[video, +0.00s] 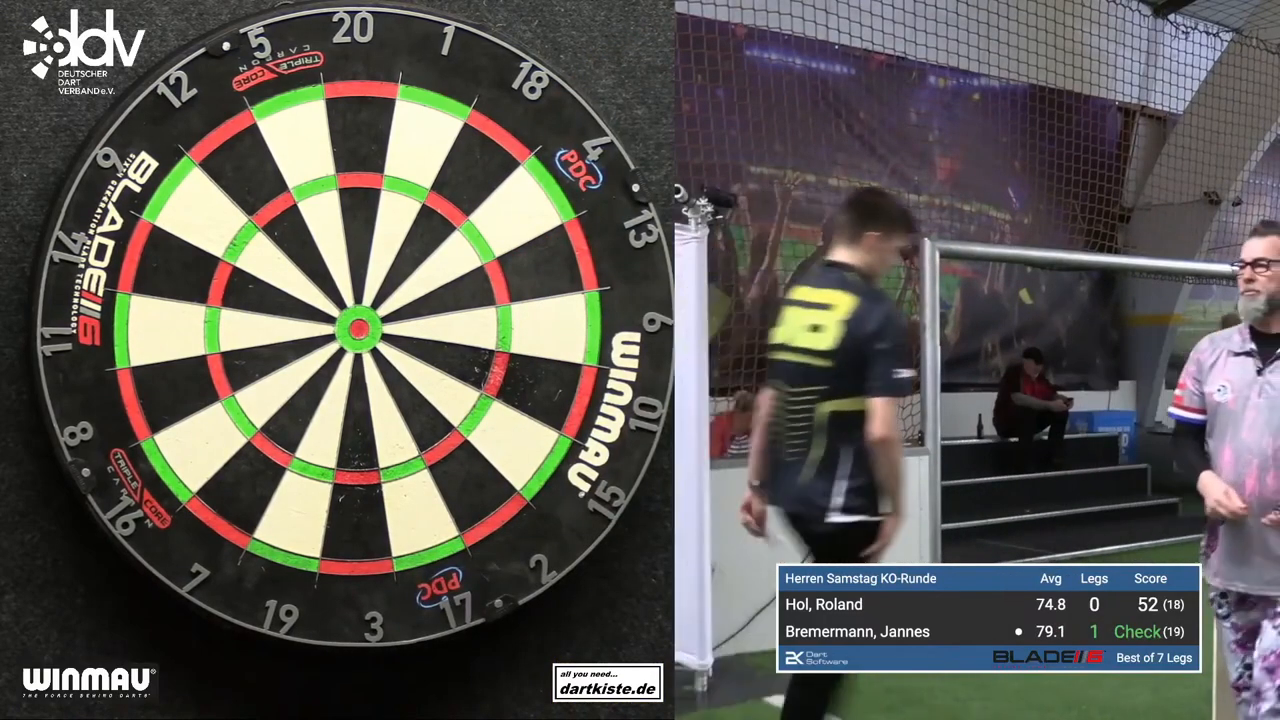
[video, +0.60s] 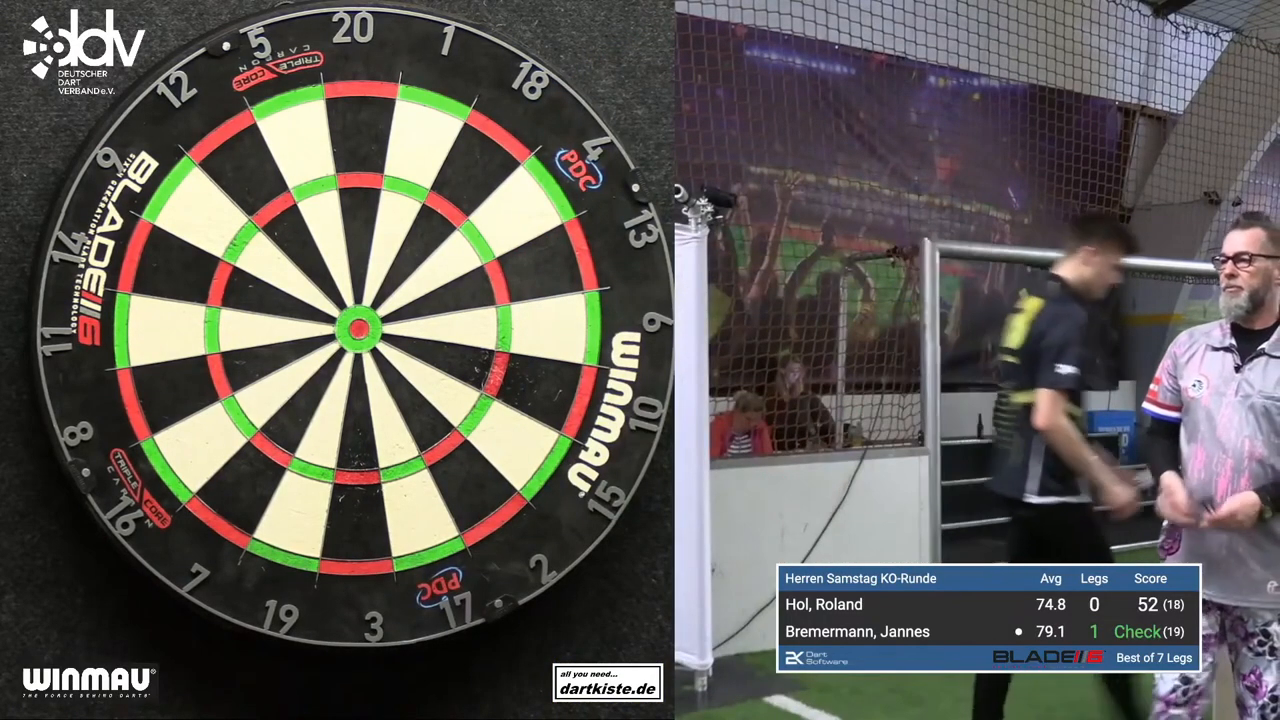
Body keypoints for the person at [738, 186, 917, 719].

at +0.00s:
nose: (898, 263)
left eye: (901, 252)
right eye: (897, 250)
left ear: (847, 236)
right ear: (870, 238)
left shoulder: (799, 292)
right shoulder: (875, 310)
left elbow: (770, 395)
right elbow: (879, 432)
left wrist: (756, 483)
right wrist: (894, 507)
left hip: (792, 489)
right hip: (845, 499)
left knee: (847, 613)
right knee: (839, 626)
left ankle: (819, 705)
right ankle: (800, 711)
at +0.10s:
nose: (939, 267)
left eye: (942, 256)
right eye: (938, 255)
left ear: (895, 247)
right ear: (917, 249)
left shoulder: (849, 302)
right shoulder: (921, 319)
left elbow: (816, 398)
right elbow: (922, 438)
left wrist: (772, 473)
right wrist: (934, 515)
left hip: (840, 488)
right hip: (888, 500)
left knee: (894, 621)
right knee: (859, 627)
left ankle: (929, 711)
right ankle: (814, 713)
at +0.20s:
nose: (973, 274)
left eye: (975, 262)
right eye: (970, 261)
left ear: (924, 254)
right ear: (946, 256)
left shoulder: (881, 309)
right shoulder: (950, 326)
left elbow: (851, 404)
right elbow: (948, 440)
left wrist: (805, 471)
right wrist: (966, 516)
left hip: (877, 496)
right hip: (920, 506)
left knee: (934, 630)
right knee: (899, 629)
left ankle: (961, 714)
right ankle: (828, 713)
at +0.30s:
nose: (1019, 280)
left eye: (1022, 270)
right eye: (1018, 267)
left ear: (972, 255)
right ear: (992, 257)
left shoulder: (924, 309)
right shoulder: (990, 319)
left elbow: (906, 401)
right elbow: (984, 429)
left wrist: (893, 481)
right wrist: (1005, 511)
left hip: (926, 489)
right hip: (965, 498)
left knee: (977, 625)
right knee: (963, 633)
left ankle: (976, 714)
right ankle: (878, 714)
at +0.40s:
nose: (1044, 282)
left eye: (1049, 270)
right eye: (1045, 268)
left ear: (1006, 254)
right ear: (1022, 254)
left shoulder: (955, 306)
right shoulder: (1009, 314)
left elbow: (951, 401)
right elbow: (1001, 420)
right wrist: (1035, 504)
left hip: (952, 489)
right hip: (989, 495)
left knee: (984, 620)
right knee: (996, 624)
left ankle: (980, 712)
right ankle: (927, 711)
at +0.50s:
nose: (1087, 279)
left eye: (1090, 269)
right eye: (1085, 267)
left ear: (1052, 253)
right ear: (1061, 253)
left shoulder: (997, 301)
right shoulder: (1045, 313)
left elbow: (981, 387)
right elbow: (1029, 413)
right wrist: (1080, 491)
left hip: (991, 486)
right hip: (1033, 492)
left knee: (999, 606)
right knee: (1088, 600)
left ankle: (984, 711)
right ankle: (1059, 706)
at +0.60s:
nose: (1117, 280)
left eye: (1120, 269)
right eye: (1114, 268)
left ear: (1080, 257)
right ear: (1087, 256)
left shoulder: (1030, 298)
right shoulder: (1067, 314)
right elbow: (1048, 415)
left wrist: (1104, 465)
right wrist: (1107, 480)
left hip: (1020, 483)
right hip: (1053, 491)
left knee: (1010, 607)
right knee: (1102, 605)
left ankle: (988, 712)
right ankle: (1130, 709)